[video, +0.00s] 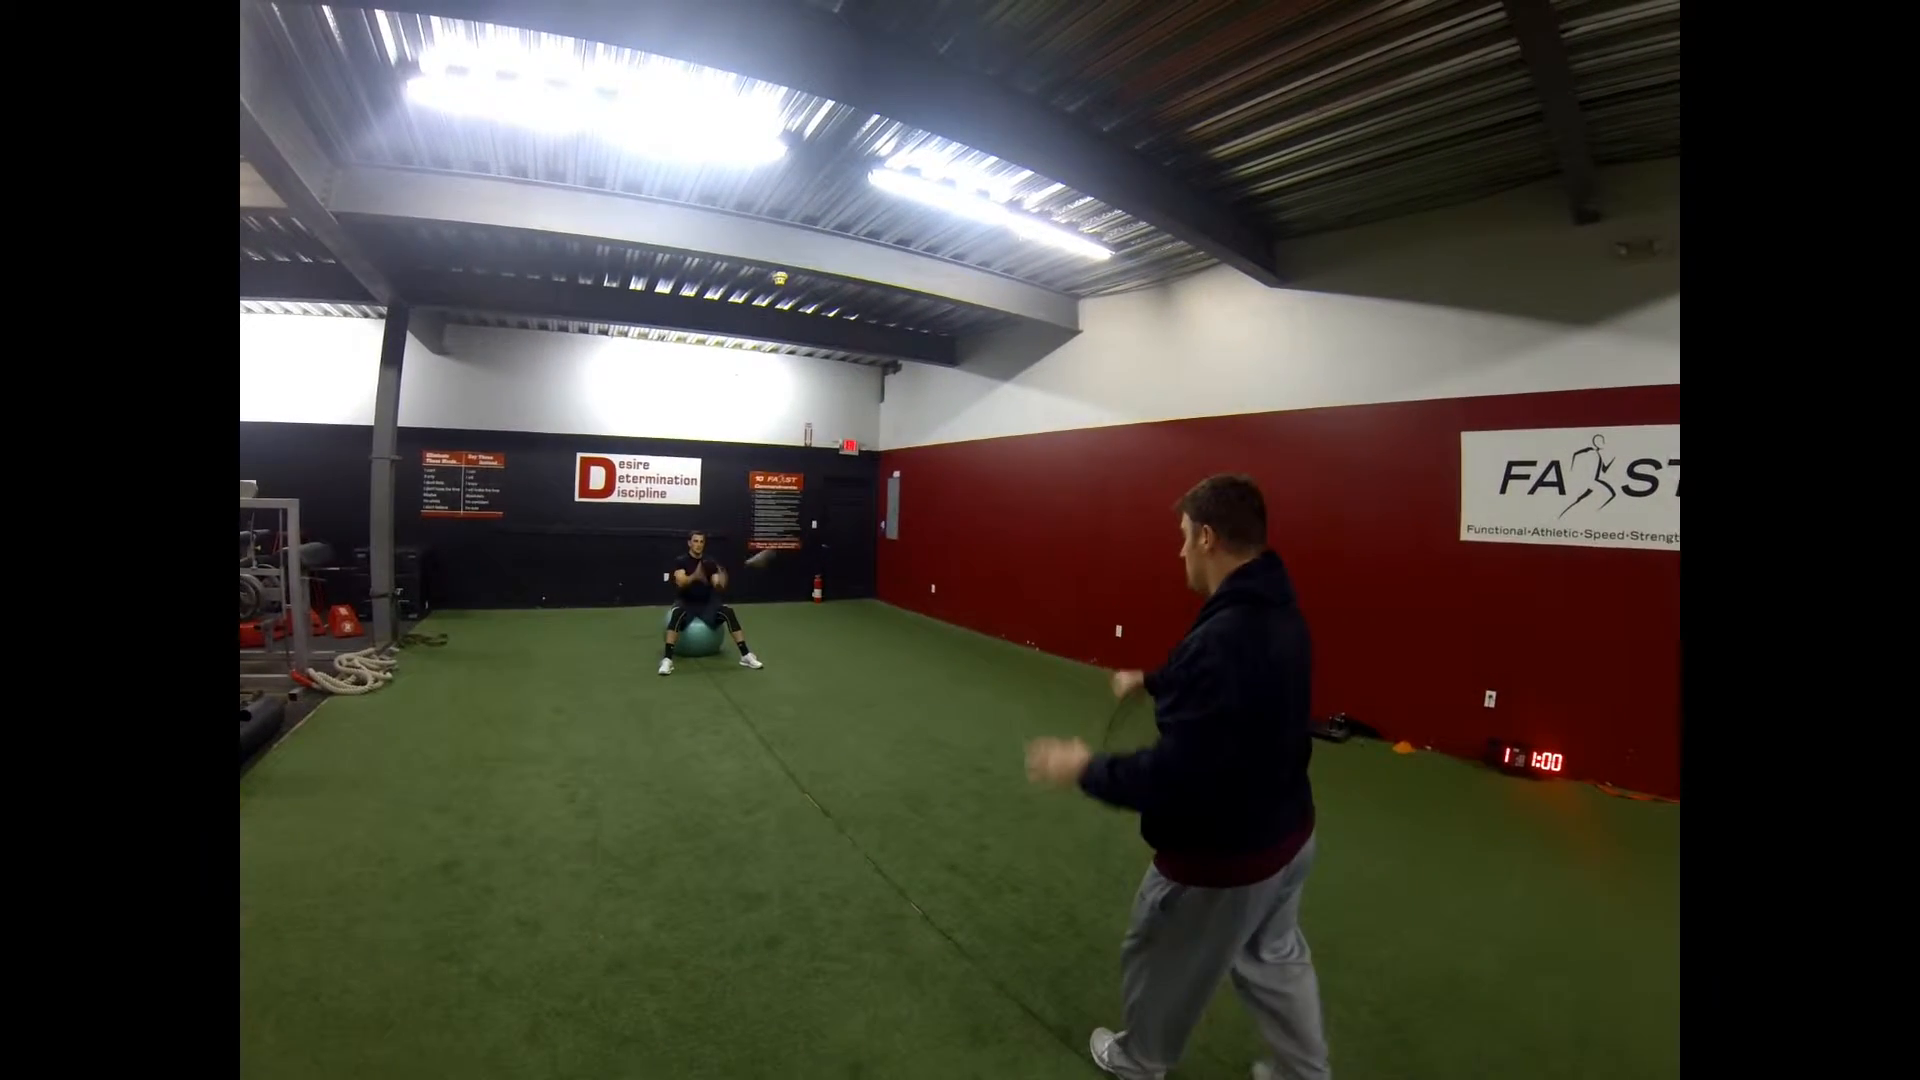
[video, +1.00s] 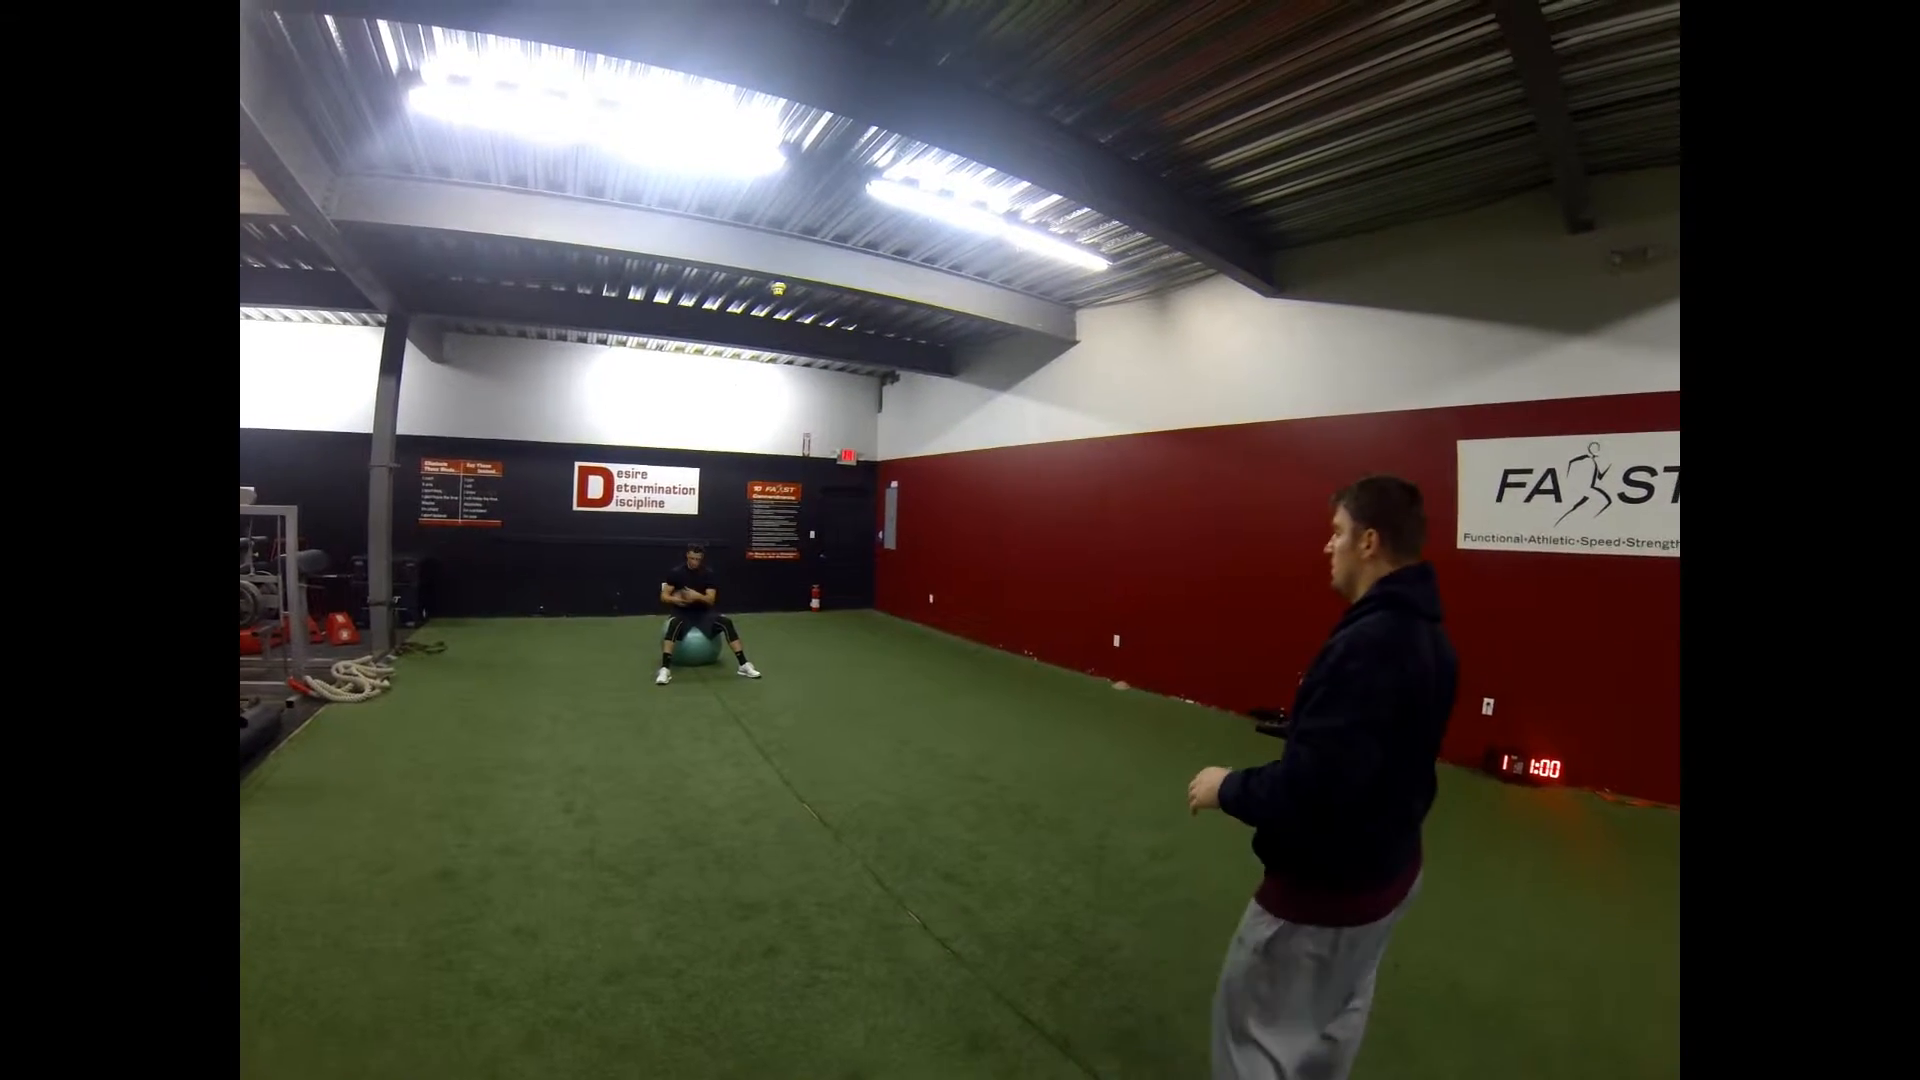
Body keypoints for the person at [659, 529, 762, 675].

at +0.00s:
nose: (698, 545)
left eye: (701, 542)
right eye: (695, 541)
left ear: (704, 544)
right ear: (689, 543)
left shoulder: (709, 562)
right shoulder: (681, 561)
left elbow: (720, 584)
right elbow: (681, 582)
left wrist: (720, 578)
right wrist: (695, 575)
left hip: (707, 604)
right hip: (687, 604)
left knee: (728, 612)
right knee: (677, 614)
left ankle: (746, 655)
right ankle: (667, 659)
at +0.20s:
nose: (698, 553)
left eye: (701, 550)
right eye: (695, 550)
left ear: (705, 550)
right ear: (689, 548)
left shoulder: (708, 564)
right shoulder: (680, 564)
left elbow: (714, 587)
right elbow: (685, 590)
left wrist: (717, 602)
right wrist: (701, 602)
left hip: (707, 603)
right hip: (687, 604)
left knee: (731, 614)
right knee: (675, 616)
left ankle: (746, 657)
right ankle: (667, 660)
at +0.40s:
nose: (702, 559)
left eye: (705, 556)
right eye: (700, 556)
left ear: (709, 555)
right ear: (694, 553)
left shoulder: (714, 568)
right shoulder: (684, 568)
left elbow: (720, 592)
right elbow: (687, 596)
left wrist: (723, 606)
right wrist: (704, 606)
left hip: (712, 607)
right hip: (692, 607)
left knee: (735, 617)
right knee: (680, 619)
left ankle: (751, 659)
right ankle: (672, 663)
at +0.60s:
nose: (709, 562)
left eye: (710, 559)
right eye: (706, 558)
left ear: (712, 557)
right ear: (696, 555)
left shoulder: (714, 570)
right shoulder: (683, 570)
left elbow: (722, 591)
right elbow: (673, 594)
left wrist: (719, 592)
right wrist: (694, 597)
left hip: (709, 608)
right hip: (689, 609)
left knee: (732, 619)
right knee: (678, 620)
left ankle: (749, 661)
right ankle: (670, 665)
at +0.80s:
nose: (704, 564)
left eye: (706, 561)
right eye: (701, 561)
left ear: (709, 560)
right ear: (692, 557)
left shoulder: (710, 572)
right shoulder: (679, 572)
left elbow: (718, 595)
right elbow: (669, 597)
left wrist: (715, 594)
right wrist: (689, 598)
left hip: (706, 611)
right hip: (685, 611)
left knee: (729, 622)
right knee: (676, 622)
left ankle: (746, 663)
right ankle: (667, 667)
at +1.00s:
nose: (695, 562)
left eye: (698, 559)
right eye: (692, 559)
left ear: (702, 559)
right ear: (687, 557)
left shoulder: (708, 573)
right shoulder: (677, 573)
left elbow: (711, 600)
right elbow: (664, 596)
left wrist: (696, 596)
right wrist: (677, 600)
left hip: (703, 613)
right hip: (683, 613)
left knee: (726, 622)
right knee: (674, 624)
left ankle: (744, 664)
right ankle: (665, 669)